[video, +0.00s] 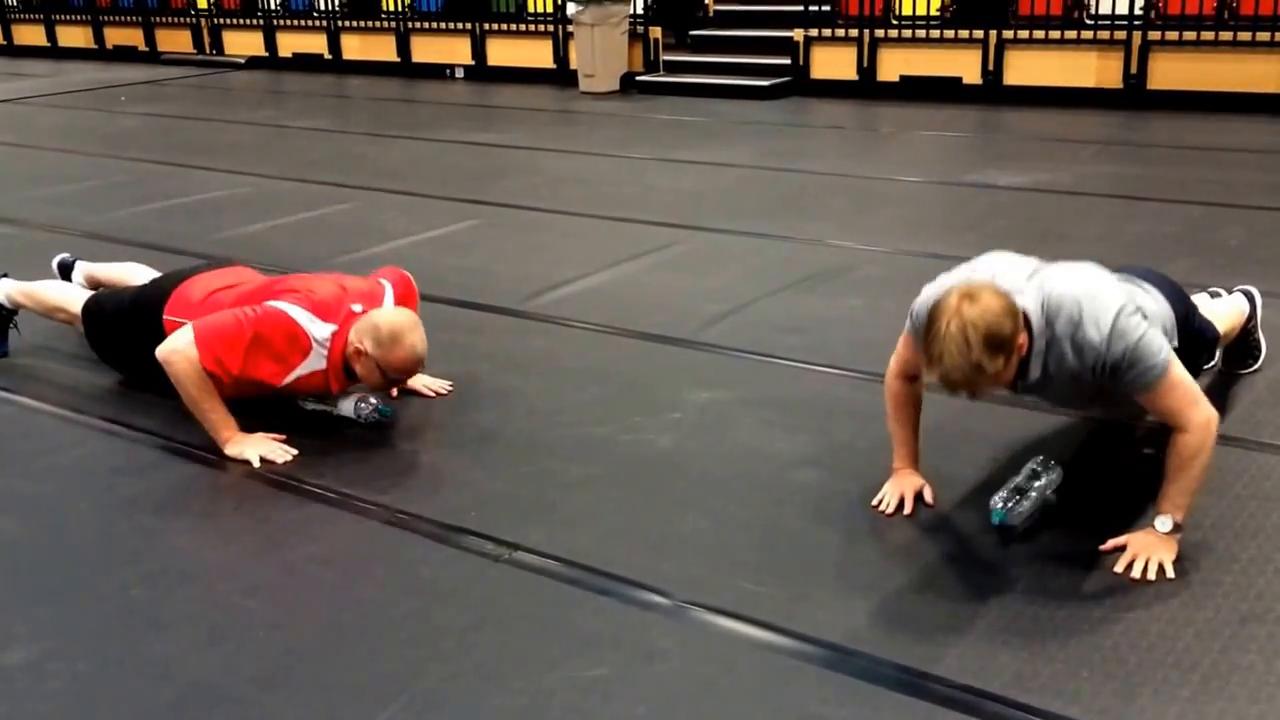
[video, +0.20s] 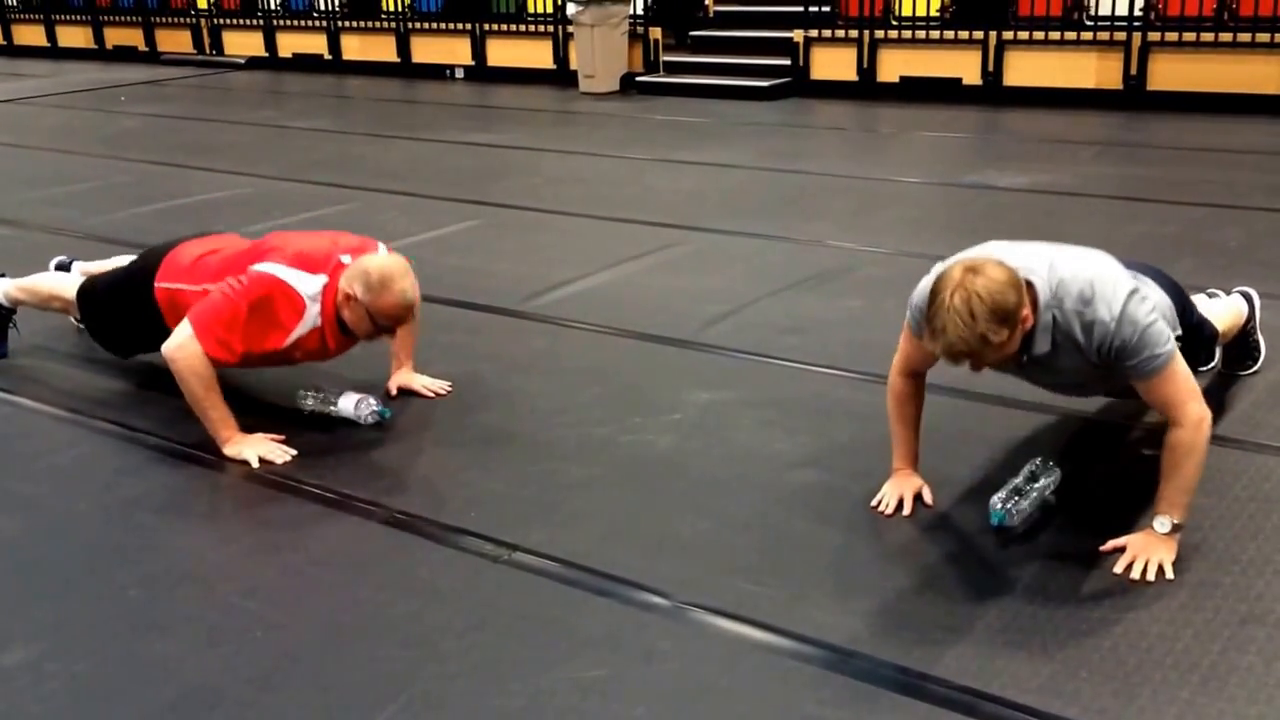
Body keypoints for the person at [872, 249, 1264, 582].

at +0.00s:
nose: (970, 396)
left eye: (980, 385)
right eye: (960, 388)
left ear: (1015, 349)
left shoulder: (1109, 333)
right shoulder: (934, 310)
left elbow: (1200, 421)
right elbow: (902, 373)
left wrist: (1164, 528)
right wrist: (904, 467)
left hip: (1161, 314)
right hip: (1084, 300)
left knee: (1208, 324)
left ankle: (1244, 306)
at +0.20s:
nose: (978, 370)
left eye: (990, 357)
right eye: (966, 359)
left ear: (1025, 318)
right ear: (953, 327)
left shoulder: (1117, 313)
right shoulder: (937, 301)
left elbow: (1193, 418)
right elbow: (906, 373)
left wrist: (1164, 529)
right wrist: (903, 468)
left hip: (1153, 322)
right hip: (1072, 350)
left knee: (1203, 333)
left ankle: (1241, 308)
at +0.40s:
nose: (969, 462)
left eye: (975, 453)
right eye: (956, 456)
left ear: (1009, 415)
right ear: (930, 396)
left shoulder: (1101, 388)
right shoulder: (941, 351)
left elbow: (1218, 433)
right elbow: (886, 379)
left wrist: (1165, 530)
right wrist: (902, 469)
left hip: (1138, 355)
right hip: (1060, 328)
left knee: (1195, 355)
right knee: (1138, 327)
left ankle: (1238, 307)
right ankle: (1203, 302)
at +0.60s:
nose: (960, 495)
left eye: (967, 487)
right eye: (946, 488)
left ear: (1007, 447)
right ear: (928, 430)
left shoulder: (1099, 404)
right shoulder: (945, 368)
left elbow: (1220, 437)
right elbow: (886, 377)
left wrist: (1163, 532)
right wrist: (901, 469)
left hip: (1137, 365)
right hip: (1055, 341)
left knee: (1196, 360)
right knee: (1132, 337)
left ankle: (1237, 309)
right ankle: (1201, 303)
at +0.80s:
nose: (993, 395)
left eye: (995, 385)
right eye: (978, 390)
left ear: (1020, 346)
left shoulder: (1113, 333)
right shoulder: (936, 309)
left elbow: (1195, 424)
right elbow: (900, 378)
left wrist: (1161, 532)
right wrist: (901, 471)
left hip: (1156, 327)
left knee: (1203, 335)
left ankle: (1239, 310)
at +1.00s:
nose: (972, 388)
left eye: (983, 377)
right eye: (962, 378)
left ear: (1020, 336)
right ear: (945, 342)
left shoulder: (1114, 330)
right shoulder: (931, 313)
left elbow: (1197, 427)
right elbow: (899, 380)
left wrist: (1161, 534)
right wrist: (901, 472)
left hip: (1153, 329)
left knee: (1203, 335)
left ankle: (1239, 310)